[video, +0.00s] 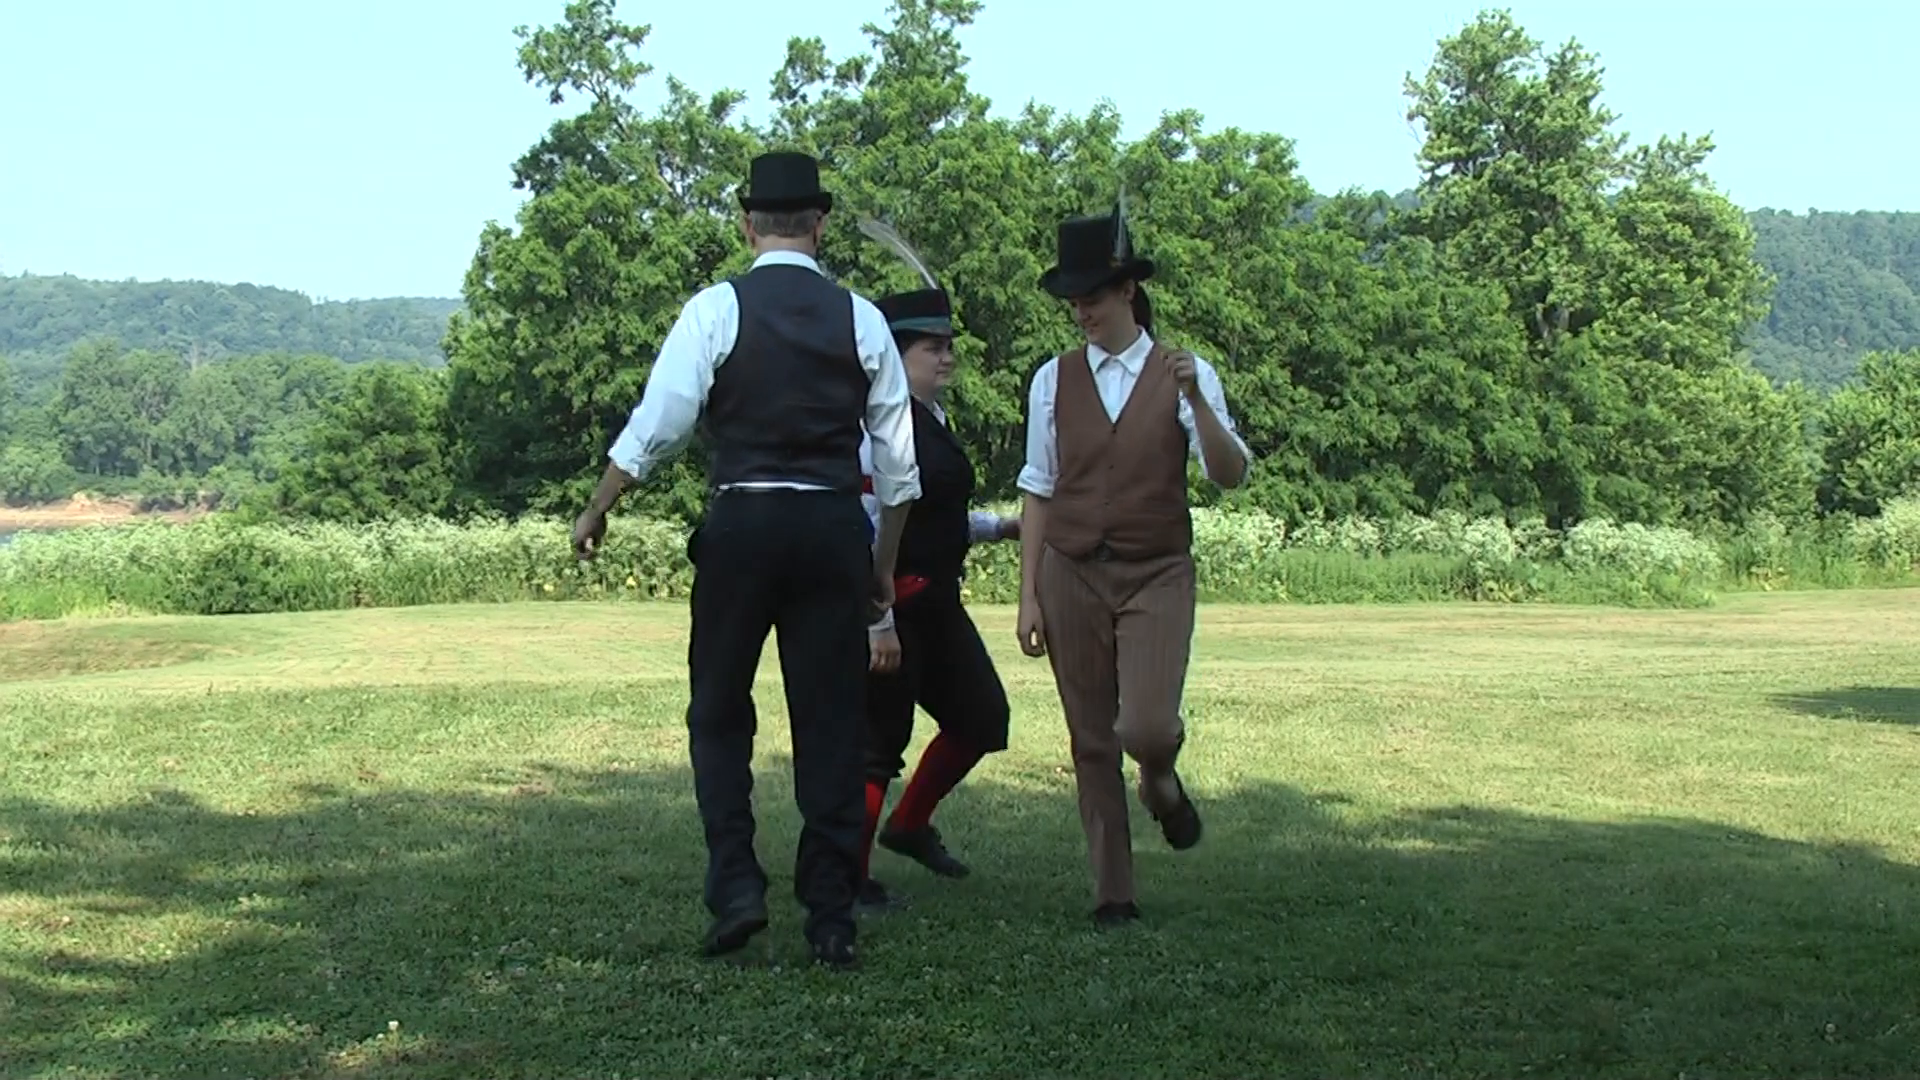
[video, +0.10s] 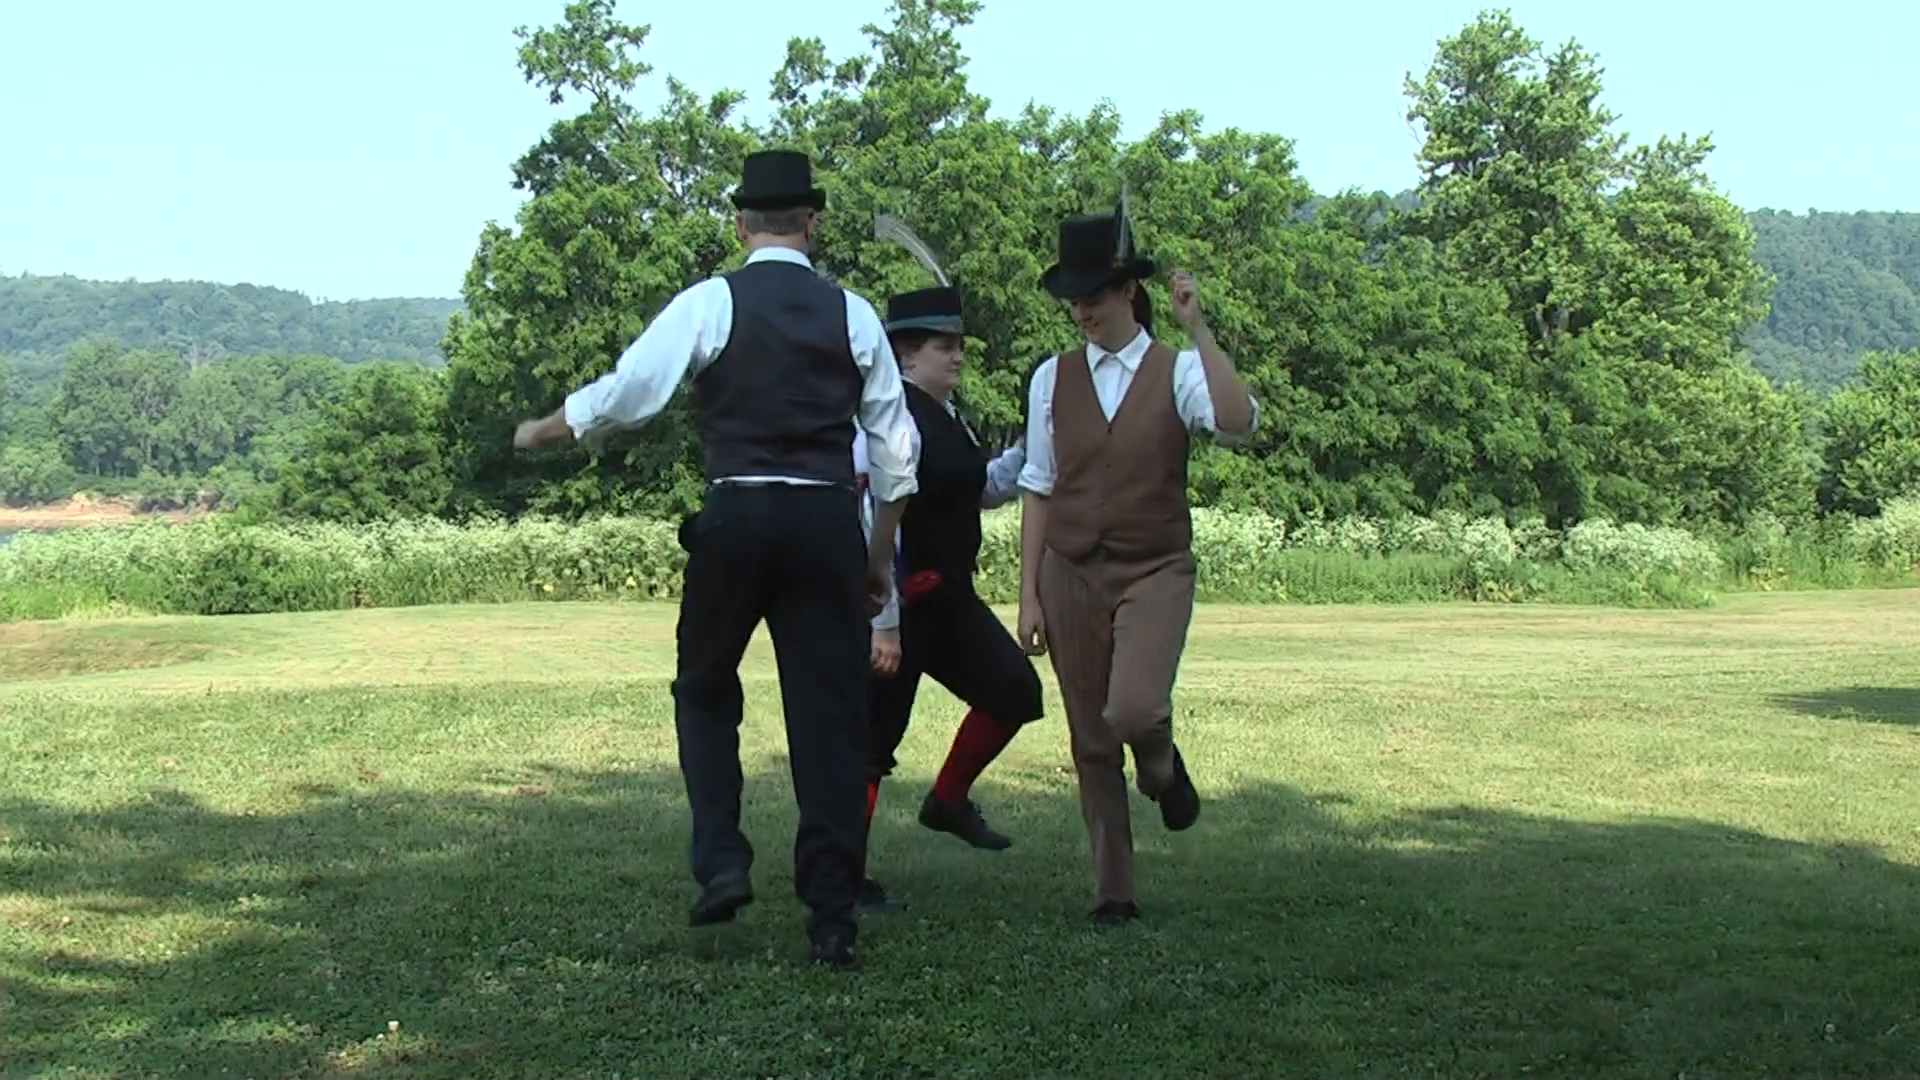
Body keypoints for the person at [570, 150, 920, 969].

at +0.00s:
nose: (765, 230)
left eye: (753, 220)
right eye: (807, 220)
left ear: (748, 224)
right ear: (823, 225)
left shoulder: (714, 308)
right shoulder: (863, 318)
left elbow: (664, 415)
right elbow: (895, 457)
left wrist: (598, 507)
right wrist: (885, 562)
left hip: (740, 527)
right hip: (836, 533)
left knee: (718, 711)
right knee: (830, 720)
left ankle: (736, 899)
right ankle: (831, 920)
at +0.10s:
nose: (747, 228)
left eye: (743, 218)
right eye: (809, 219)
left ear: (740, 222)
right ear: (813, 224)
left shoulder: (712, 299)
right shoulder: (854, 314)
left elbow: (636, 389)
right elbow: (896, 449)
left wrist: (551, 424)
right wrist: (880, 550)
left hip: (737, 520)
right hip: (830, 526)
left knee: (705, 689)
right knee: (830, 714)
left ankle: (722, 866)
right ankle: (834, 918)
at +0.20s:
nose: (787, 231)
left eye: (741, 222)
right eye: (796, 221)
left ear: (728, 226)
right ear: (799, 226)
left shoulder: (699, 301)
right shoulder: (840, 314)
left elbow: (591, 348)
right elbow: (883, 442)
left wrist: (529, 338)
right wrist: (871, 547)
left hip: (724, 521)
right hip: (815, 526)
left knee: (695, 694)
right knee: (819, 719)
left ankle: (707, 872)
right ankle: (832, 920)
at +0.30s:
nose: (750, 247)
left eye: (722, 237)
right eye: (770, 237)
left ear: (707, 242)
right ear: (777, 243)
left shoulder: (671, 315)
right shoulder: (819, 325)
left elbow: (549, 309)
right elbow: (867, 450)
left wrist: (522, 257)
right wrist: (869, 561)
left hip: (708, 533)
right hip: (800, 538)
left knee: (706, 714)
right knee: (792, 722)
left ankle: (694, 916)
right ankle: (828, 907)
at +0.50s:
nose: (761, 244)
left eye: (752, 234)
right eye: (761, 234)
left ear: (689, 241)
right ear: (751, 239)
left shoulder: (651, 308)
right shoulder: (789, 321)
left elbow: (599, 232)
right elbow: (836, 433)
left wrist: (579, 152)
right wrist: (852, 536)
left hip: (684, 529)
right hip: (775, 528)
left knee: (692, 722)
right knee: (773, 628)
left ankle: (697, 917)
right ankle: (771, 784)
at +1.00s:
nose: (819, 316)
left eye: (818, 303)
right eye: (819, 302)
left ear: (753, 285)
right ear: (802, 297)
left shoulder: (694, 328)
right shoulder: (811, 361)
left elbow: (676, 250)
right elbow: (830, 473)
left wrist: (710, 164)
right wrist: (816, 570)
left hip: (665, 541)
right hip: (745, 548)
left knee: (681, 724)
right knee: (809, 631)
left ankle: (672, 897)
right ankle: (758, 797)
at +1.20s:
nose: (871, 310)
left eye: (871, 297)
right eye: (871, 298)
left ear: (802, 283)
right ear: (854, 294)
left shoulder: (748, 324)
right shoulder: (855, 370)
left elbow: (740, 241)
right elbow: (840, 488)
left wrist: (771, 162)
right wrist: (828, 587)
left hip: (714, 539)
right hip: (792, 555)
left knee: (695, 703)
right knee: (797, 723)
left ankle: (666, 829)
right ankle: (777, 878)